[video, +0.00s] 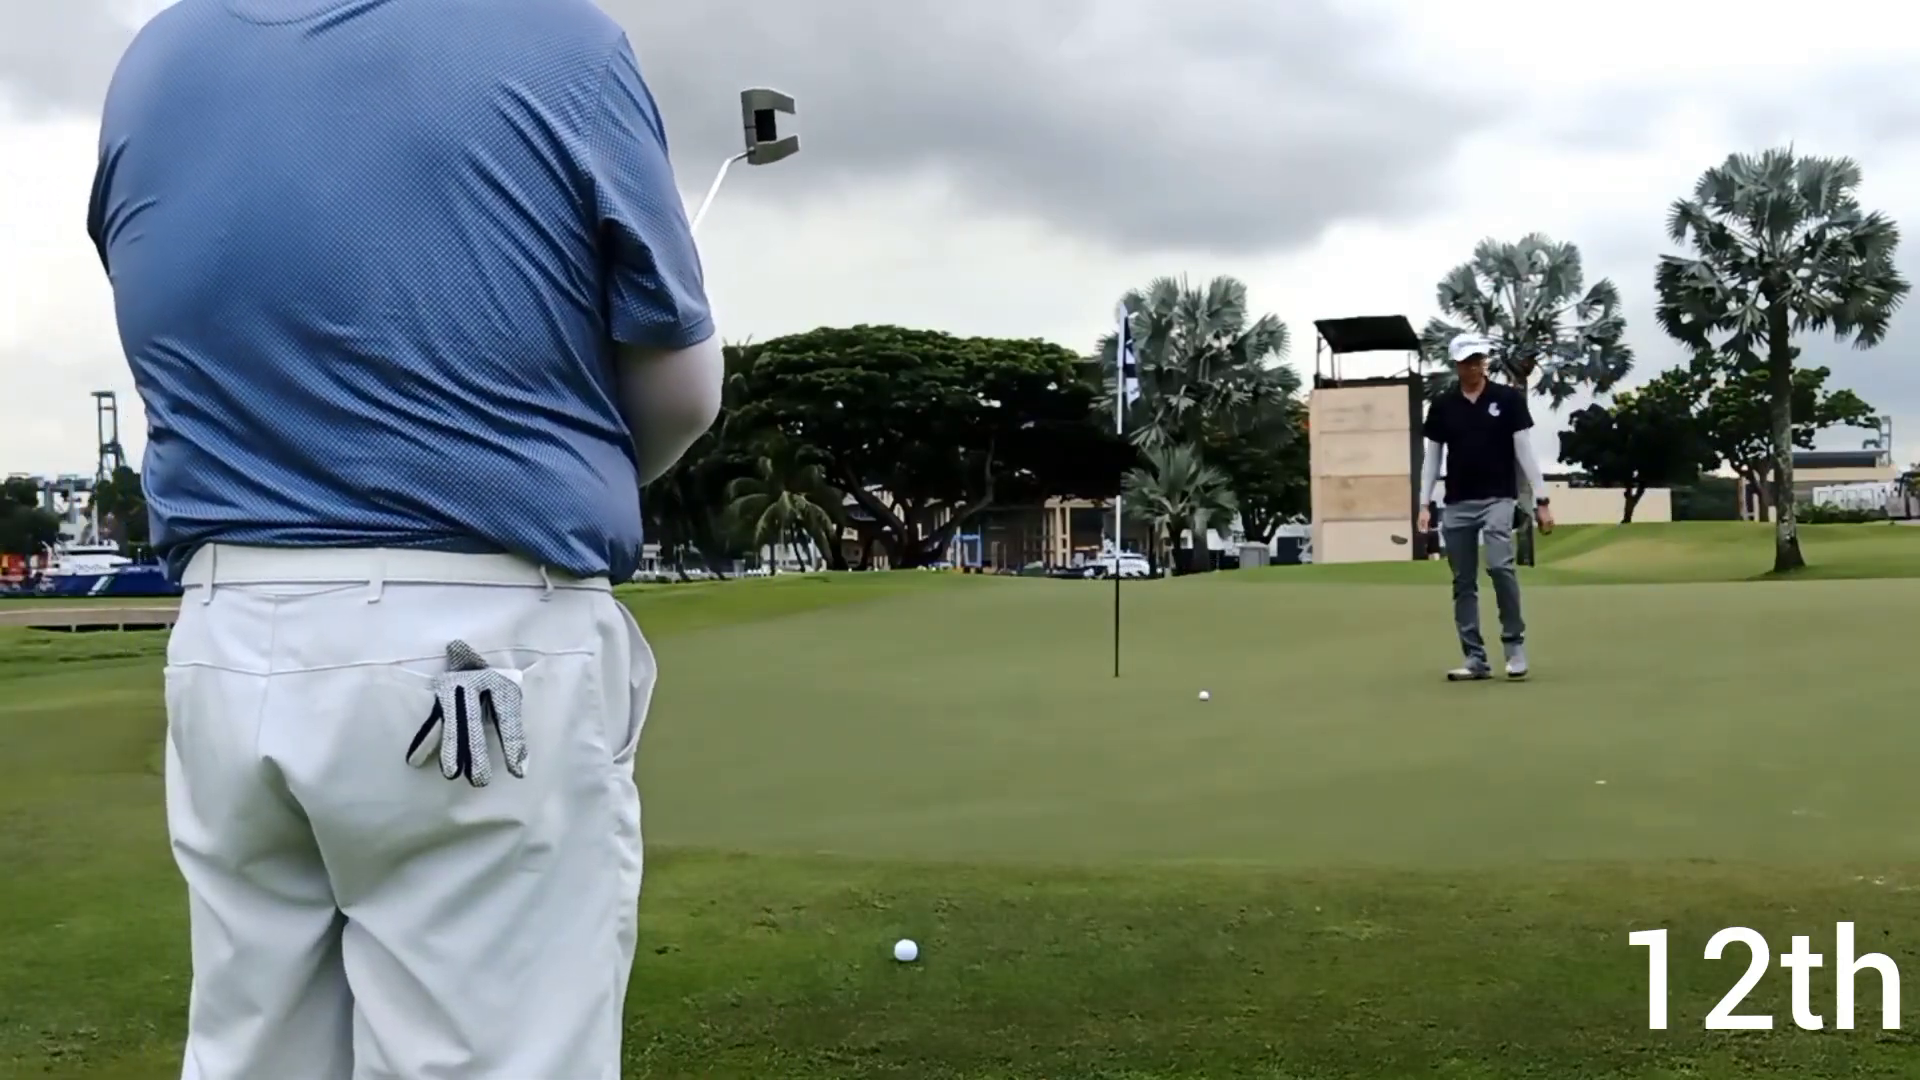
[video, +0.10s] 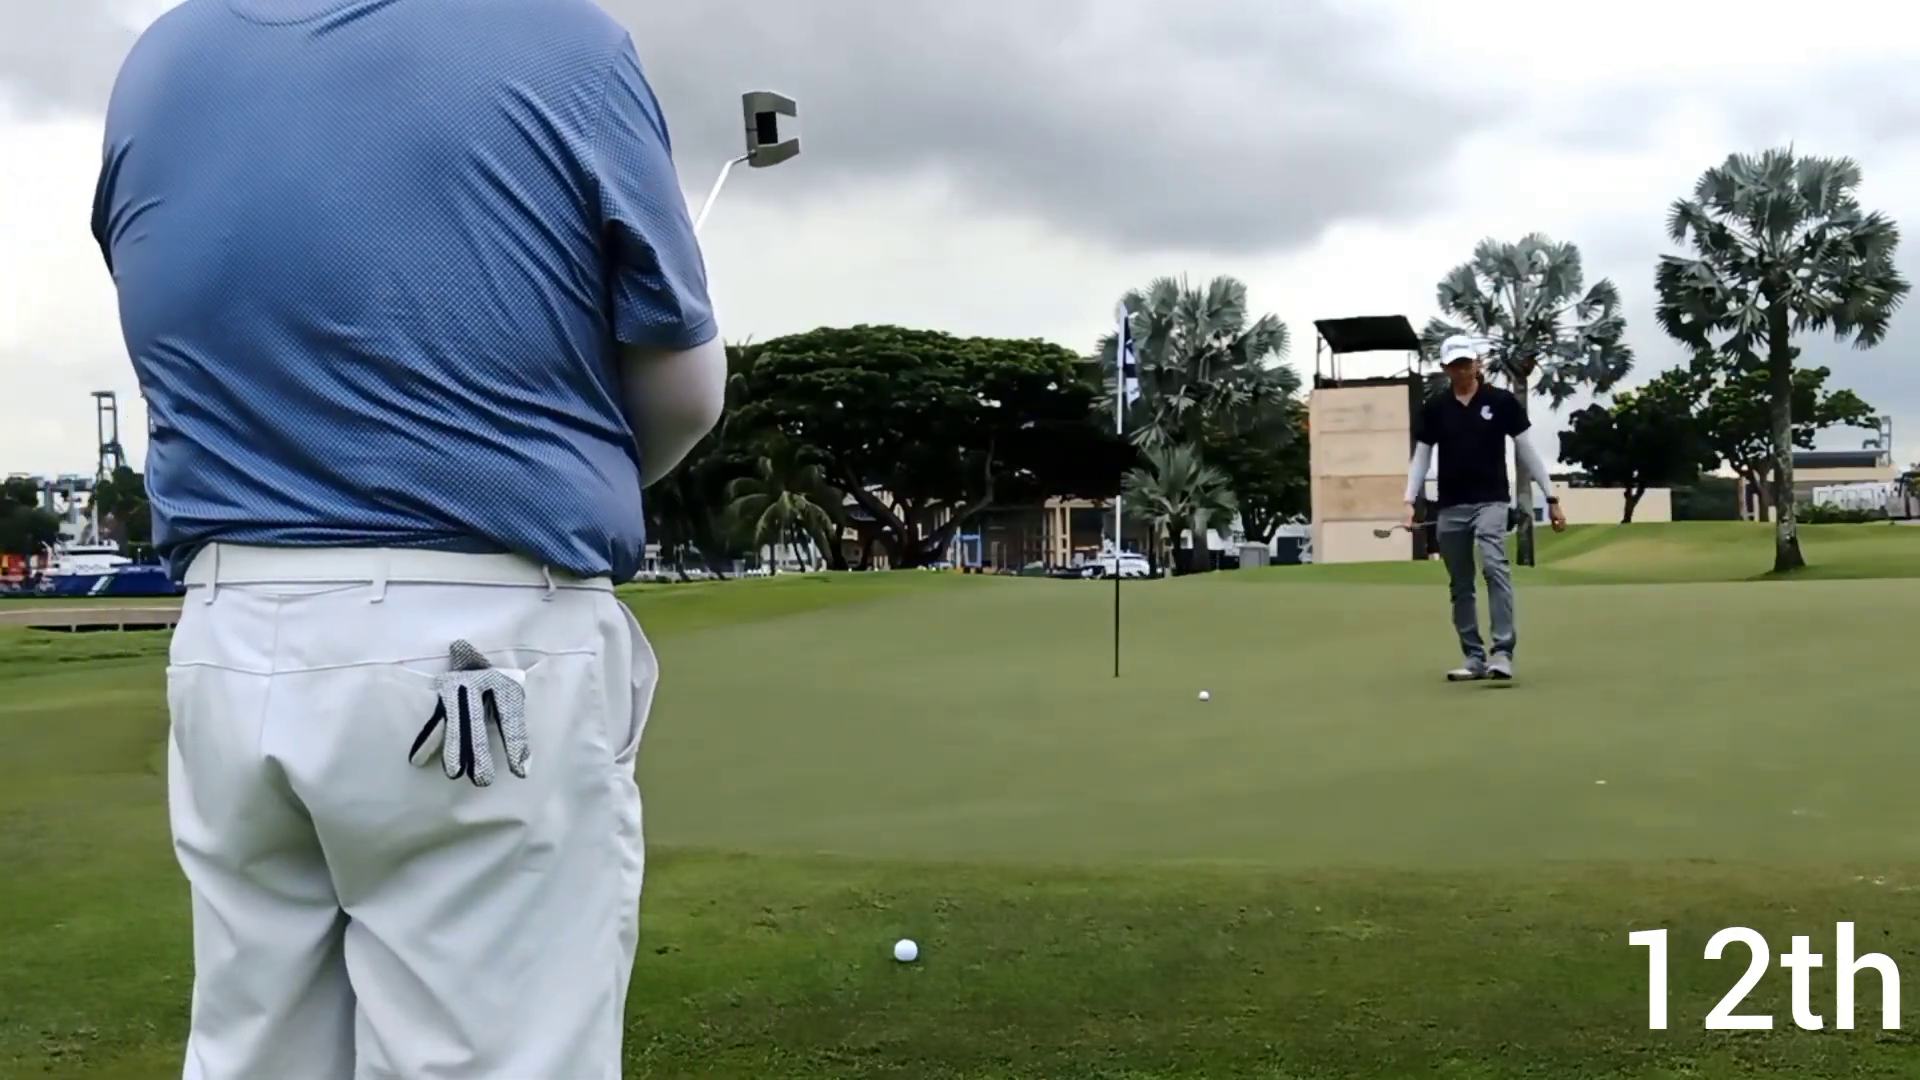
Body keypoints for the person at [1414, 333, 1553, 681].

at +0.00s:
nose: (1474, 367)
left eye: (1478, 359)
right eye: (1467, 361)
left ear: (1486, 361)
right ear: (1455, 365)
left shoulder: (1508, 399)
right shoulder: (1442, 406)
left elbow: (1526, 451)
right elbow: (1432, 460)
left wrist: (1541, 498)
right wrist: (1425, 505)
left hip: (1498, 502)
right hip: (1457, 506)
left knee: (1500, 568)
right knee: (1463, 584)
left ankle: (1514, 646)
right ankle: (1474, 658)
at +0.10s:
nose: (1461, 369)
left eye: (1465, 362)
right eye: (1454, 364)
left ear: (1477, 363)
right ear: (1445, 368)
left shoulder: (1502, 402)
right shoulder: (1435, 409)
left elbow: (1527, 450)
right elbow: (1421, 457)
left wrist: (1551, 497)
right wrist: (1409, 500)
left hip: (1492, 504)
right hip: (1451, 508)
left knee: (1493, 567)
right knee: (1460, 586)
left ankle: (1501, 654)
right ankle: (1474, 658)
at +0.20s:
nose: (1450, 375)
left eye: (1455, 367)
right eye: (1444, 370)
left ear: (1469, 365)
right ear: (1437, 373)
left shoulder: (1497, 404)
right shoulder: (1430, 412)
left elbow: (1526, 450)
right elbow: (1415, 458)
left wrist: (1553, 496)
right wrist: (1397, 500)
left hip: (1485, 509)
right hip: (1445, 513)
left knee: (1491, 575)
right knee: (1456, 589)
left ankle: (1492, 654)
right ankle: (1473, 657)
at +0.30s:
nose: (1444, 376)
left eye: (1449, 368)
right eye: (1438, 371)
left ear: (1465, 367)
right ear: (1432, 374)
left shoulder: (1493, 406)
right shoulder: (1425, 414)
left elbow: (1522, 455)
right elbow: (1411, 463)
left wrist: (1550, 500)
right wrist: (1391, 506)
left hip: (1480, 511)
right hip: (1441, 516)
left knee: (1481, 582)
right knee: (1449, 591)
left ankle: (1487, 665)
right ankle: (1471, 654)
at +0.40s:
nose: (1435, 374)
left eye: (1441, 366)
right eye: (1430, 368)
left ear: (1458, 364)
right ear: (1425, 370)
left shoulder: (1487, 406)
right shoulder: (1420, 414)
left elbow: (1513, 458)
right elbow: (1409, 466)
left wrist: (1539, 504)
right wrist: (1390, 513)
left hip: (1477, 511)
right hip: (1436, 517)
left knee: (1476, 578)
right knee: (1434, 593)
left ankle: (1486, 665)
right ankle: (1463, 640)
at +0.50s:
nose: (1423, 371)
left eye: (1428, 363)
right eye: (1417, 365)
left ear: (1447, 358)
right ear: (1413, 366)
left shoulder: (1476, 399)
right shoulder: (1412, 406)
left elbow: (1499, 455)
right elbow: (1405, 462)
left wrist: (1513, 505)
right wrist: (1396, 512)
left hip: (1467, 510)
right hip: (1424, 514)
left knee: (1475, 586)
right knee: (1418, 585)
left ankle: (1485, 667)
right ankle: (1454, 640)